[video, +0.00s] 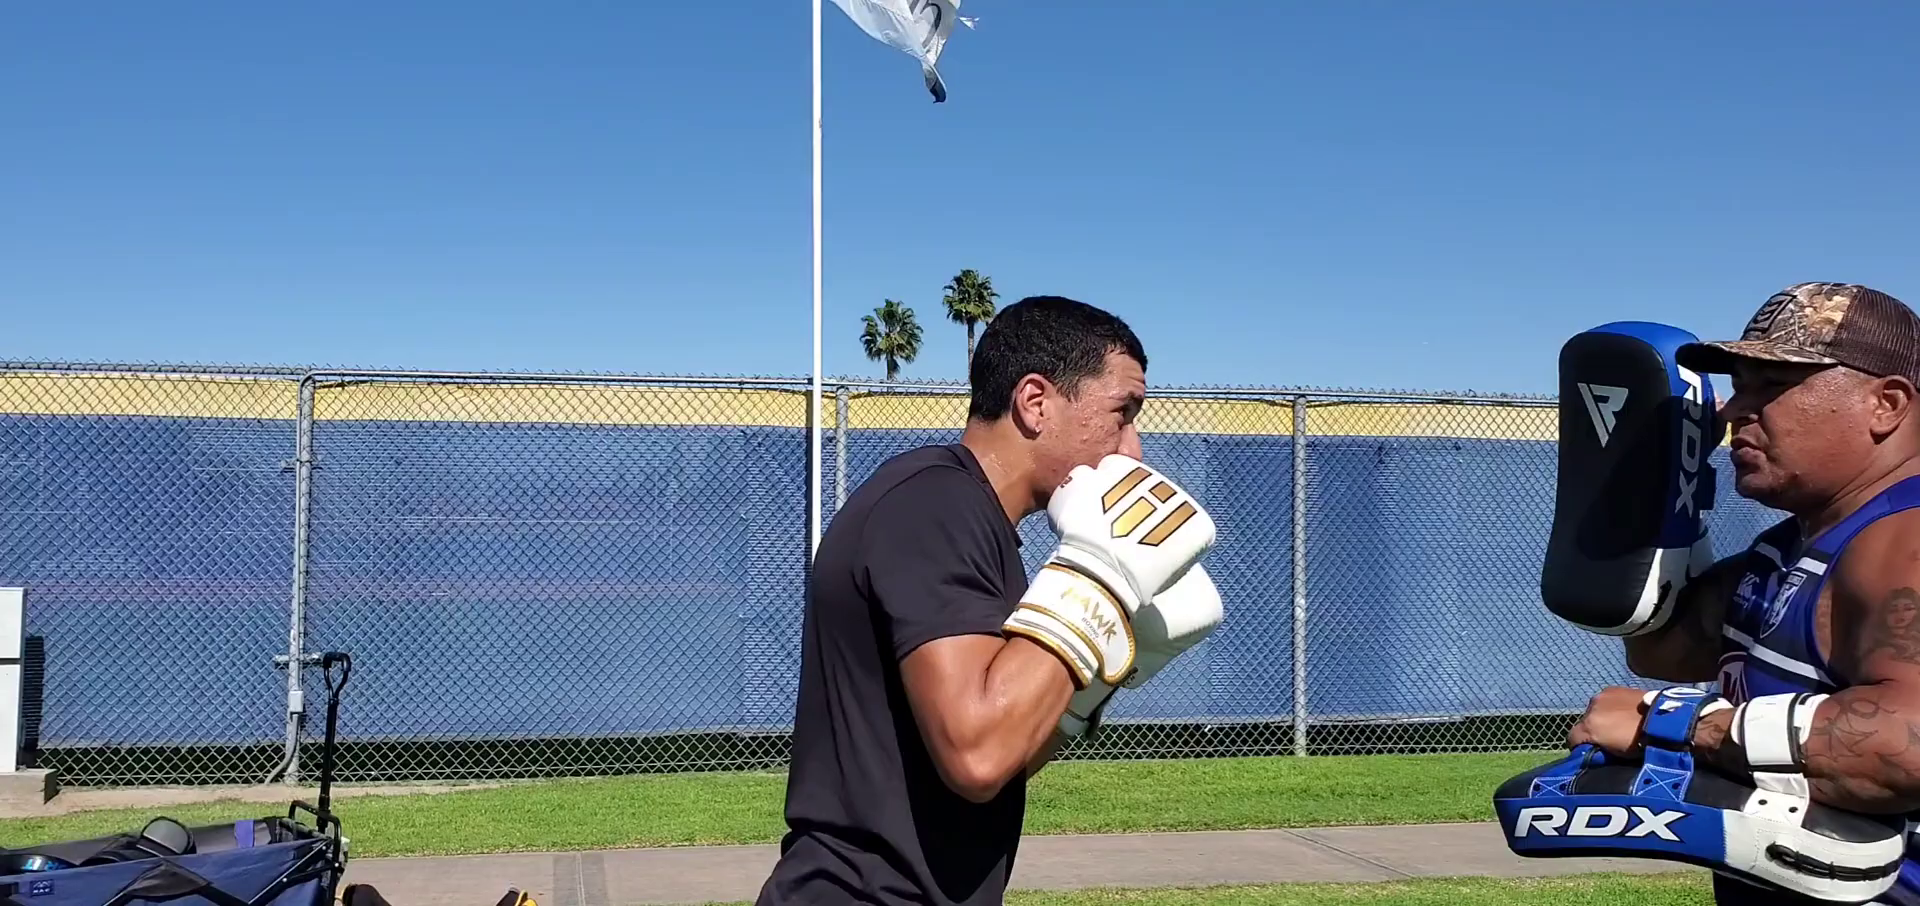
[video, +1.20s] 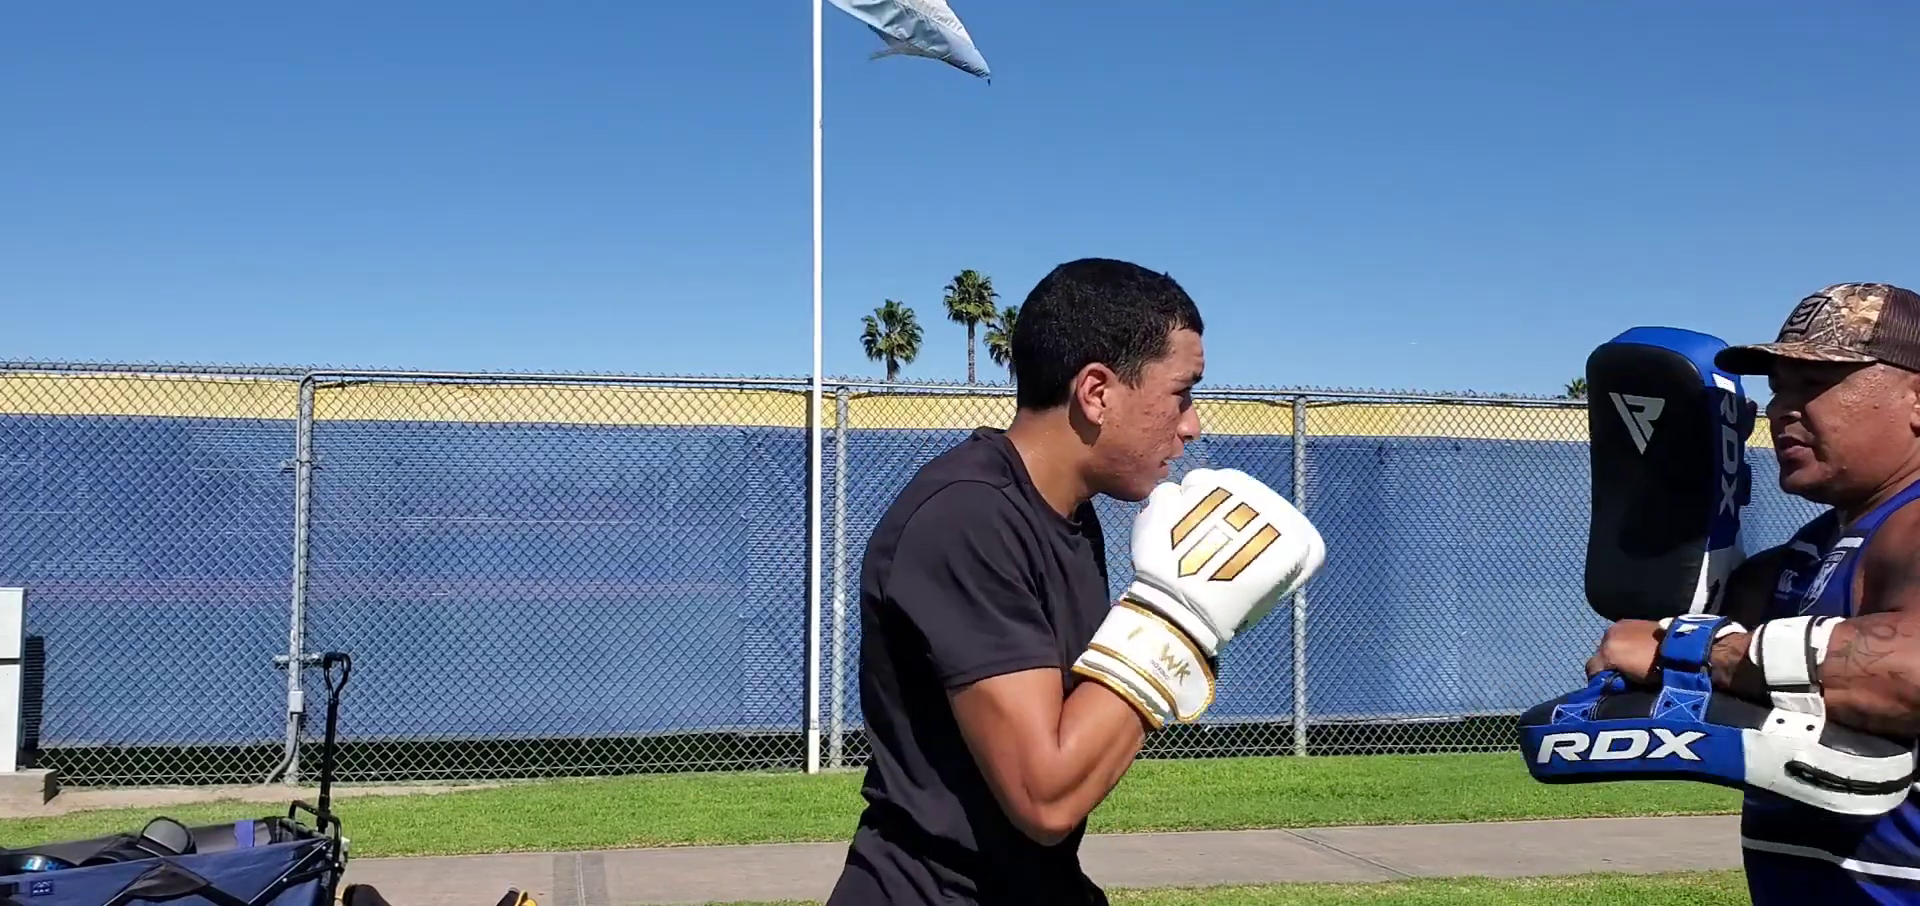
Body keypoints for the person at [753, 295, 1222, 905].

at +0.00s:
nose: (1135, 447)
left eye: (1134, 417)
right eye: (1122, 413)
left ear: (1037, 405)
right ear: (1035, 403)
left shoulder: (975, 520)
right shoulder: (932, 507)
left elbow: (1002, 757)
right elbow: (977, 752)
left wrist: (1095, 676)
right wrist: (1093, 579)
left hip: (930, 886)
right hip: (862, 885)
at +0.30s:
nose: (1103, 432)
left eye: (1100, 401)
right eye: (1088, 398)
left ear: (1005, 400)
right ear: (1001, 395)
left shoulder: (990, 526)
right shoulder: (869, 511)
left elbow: (1043, 719)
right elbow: (960, 752)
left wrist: (1152, 645)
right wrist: (1095, 598)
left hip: (965, 881)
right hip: (850, 884)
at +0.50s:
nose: (1170, 434)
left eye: (1165, 406)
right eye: (1153, 404)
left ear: (1071, 412)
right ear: (1070, 408)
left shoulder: (1055, 539)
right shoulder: (978, 516)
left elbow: (1114, 708)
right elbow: (1127, 713)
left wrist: (1184, 548)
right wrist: (1215, 546)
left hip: (1002, 885)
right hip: (918, 887)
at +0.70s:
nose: (1204, 423)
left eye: (1203, 394)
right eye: (1186, 390)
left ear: (1099, 389)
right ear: (1099, 385)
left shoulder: (1002, 479)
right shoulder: (1055, 480)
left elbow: (1099, 703)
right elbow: (1245, 677)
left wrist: (1201, 581)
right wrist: (1372, 583)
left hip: (928, 878)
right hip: (977, 884)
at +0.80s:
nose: (1194, 425)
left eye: (1189, 396)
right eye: (1176, 394)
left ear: (1087, 401)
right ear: (1088, 397)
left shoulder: (1035, 509)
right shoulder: (1016, 515)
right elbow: (1076, 785)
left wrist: (1147, 630)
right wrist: (1244, 687)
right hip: (956, 884)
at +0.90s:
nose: (1182, 431)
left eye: (1178, 400)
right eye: (1167, 400)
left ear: (1079, 404)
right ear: (1081, 401)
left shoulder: (1029, 526)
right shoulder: (972, 536)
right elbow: (988, 818)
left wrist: (1122, 631)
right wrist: (1142, 682)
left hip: (1015, 886)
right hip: (930, 890)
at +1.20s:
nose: (1193, 426)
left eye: (1191, 396)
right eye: (1181, 395)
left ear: (1097, 396)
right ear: (1095, 393)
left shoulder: (1068, 516)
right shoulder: (964, 522)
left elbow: (1061, 761)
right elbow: (1047, 799)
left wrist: (1177, 635)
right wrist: (1163, 618)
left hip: (1041, 879)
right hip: (932, 886)